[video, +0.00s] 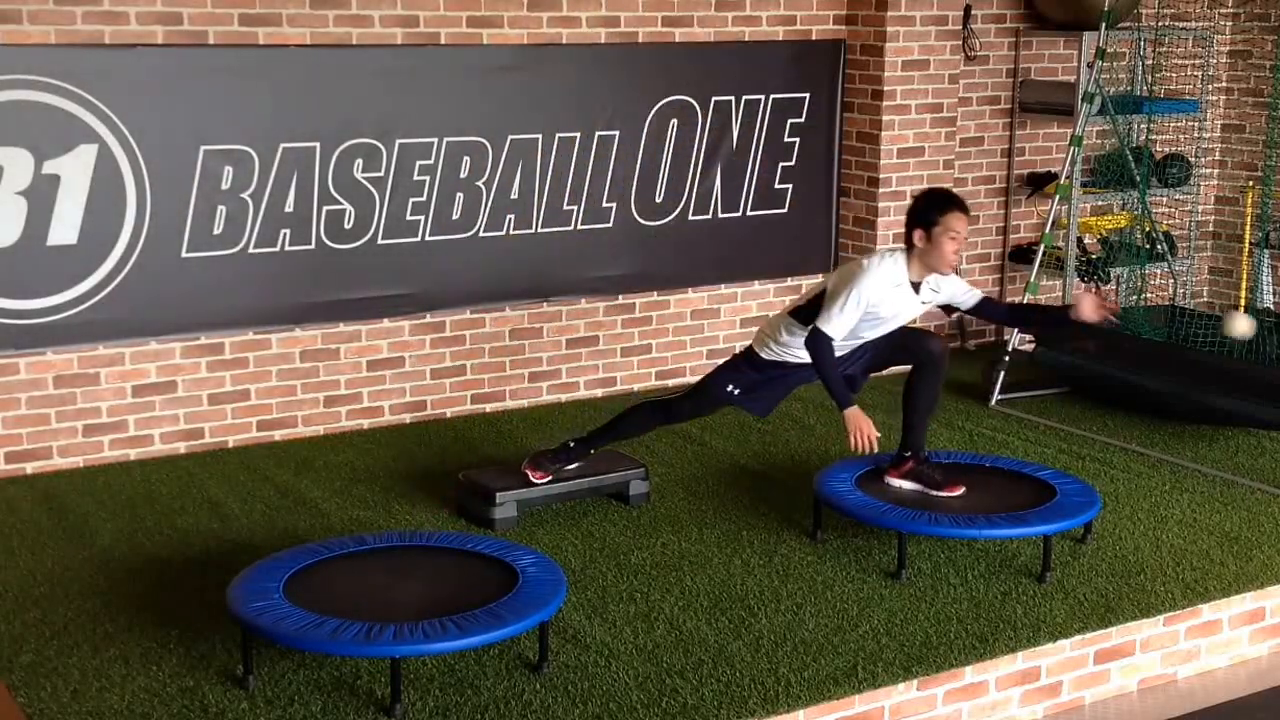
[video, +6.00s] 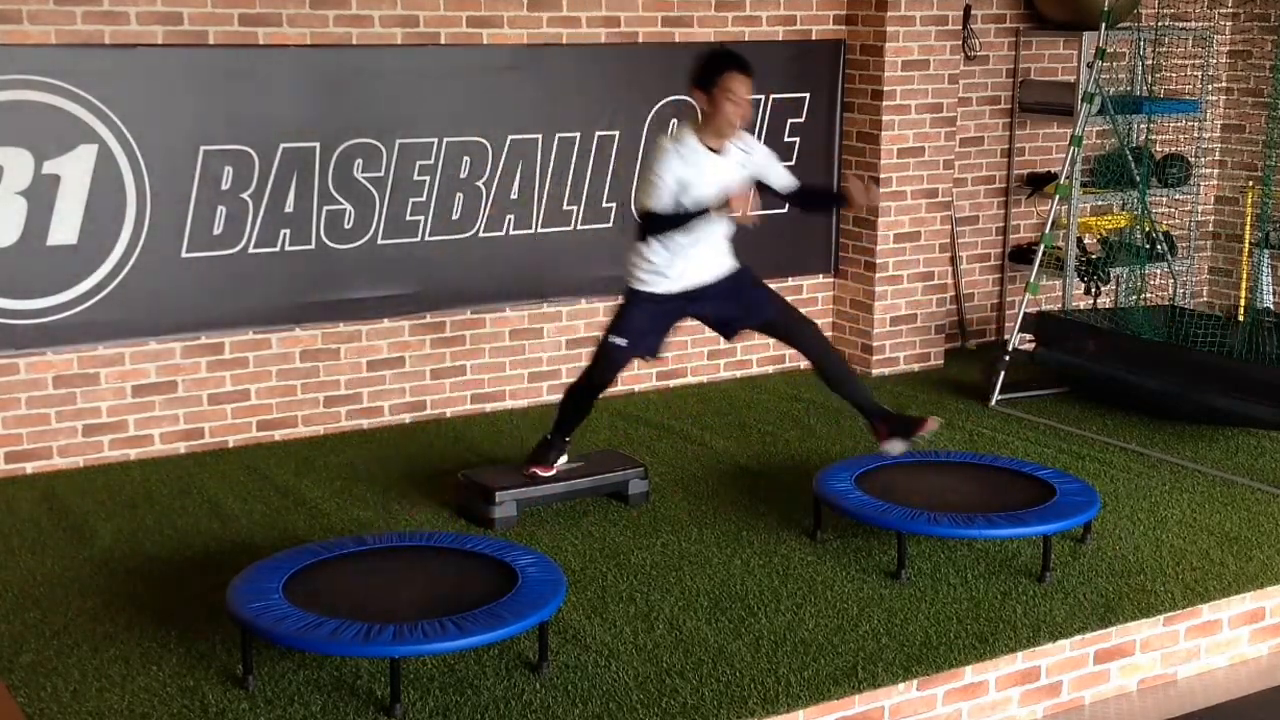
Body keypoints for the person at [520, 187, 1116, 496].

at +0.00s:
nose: (964, 250)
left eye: (966, 240)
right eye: (956, 239)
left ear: (950, 243)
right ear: (919, 239)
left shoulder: (942, 280)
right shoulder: (875, 275)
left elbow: (1002, 311)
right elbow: (822, 341)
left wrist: (1071, 312)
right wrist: (850, 406)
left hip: (846, 349)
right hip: (787, 349)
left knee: (930, 346)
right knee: (687, 406)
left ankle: (909, 461)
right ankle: (571, 454)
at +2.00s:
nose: (482, 262)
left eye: (488, 250)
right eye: (469, 252)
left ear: (495, 245)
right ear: (439, 252)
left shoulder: (505, 275)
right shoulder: (411, 304)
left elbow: (537, 313)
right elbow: (411, 408)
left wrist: (552, 367)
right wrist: (411, 490)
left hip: (463, 368)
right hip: (399, 377)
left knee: (513, 410)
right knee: (384, 444)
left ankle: (529, 448)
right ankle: (371, 550)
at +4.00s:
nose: (713, 121)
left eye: (717, 112)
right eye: (701, 112)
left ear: (722, 120)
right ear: (673, 119)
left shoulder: (731, 169)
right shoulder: (641, 180)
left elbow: (795, 200)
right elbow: (586, 231)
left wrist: (830, 170)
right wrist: (569, 257)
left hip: (723, 304)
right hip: (653, 305)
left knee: (798, 374)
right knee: (580, 383)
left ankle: (883, 452)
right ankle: (559, 451)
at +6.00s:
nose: (743, 109)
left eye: (748, 100)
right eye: (733, 98)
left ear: (750, 104)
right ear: (702, 98)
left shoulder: (747, 149)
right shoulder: (672, 153)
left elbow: (795, 193)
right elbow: (647, 225)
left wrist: (842, 196)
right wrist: (719, 208)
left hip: (721, 278)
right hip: (657, 287)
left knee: (809, 335)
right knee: (601, 370)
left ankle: (884, 422)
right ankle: (553, 446)